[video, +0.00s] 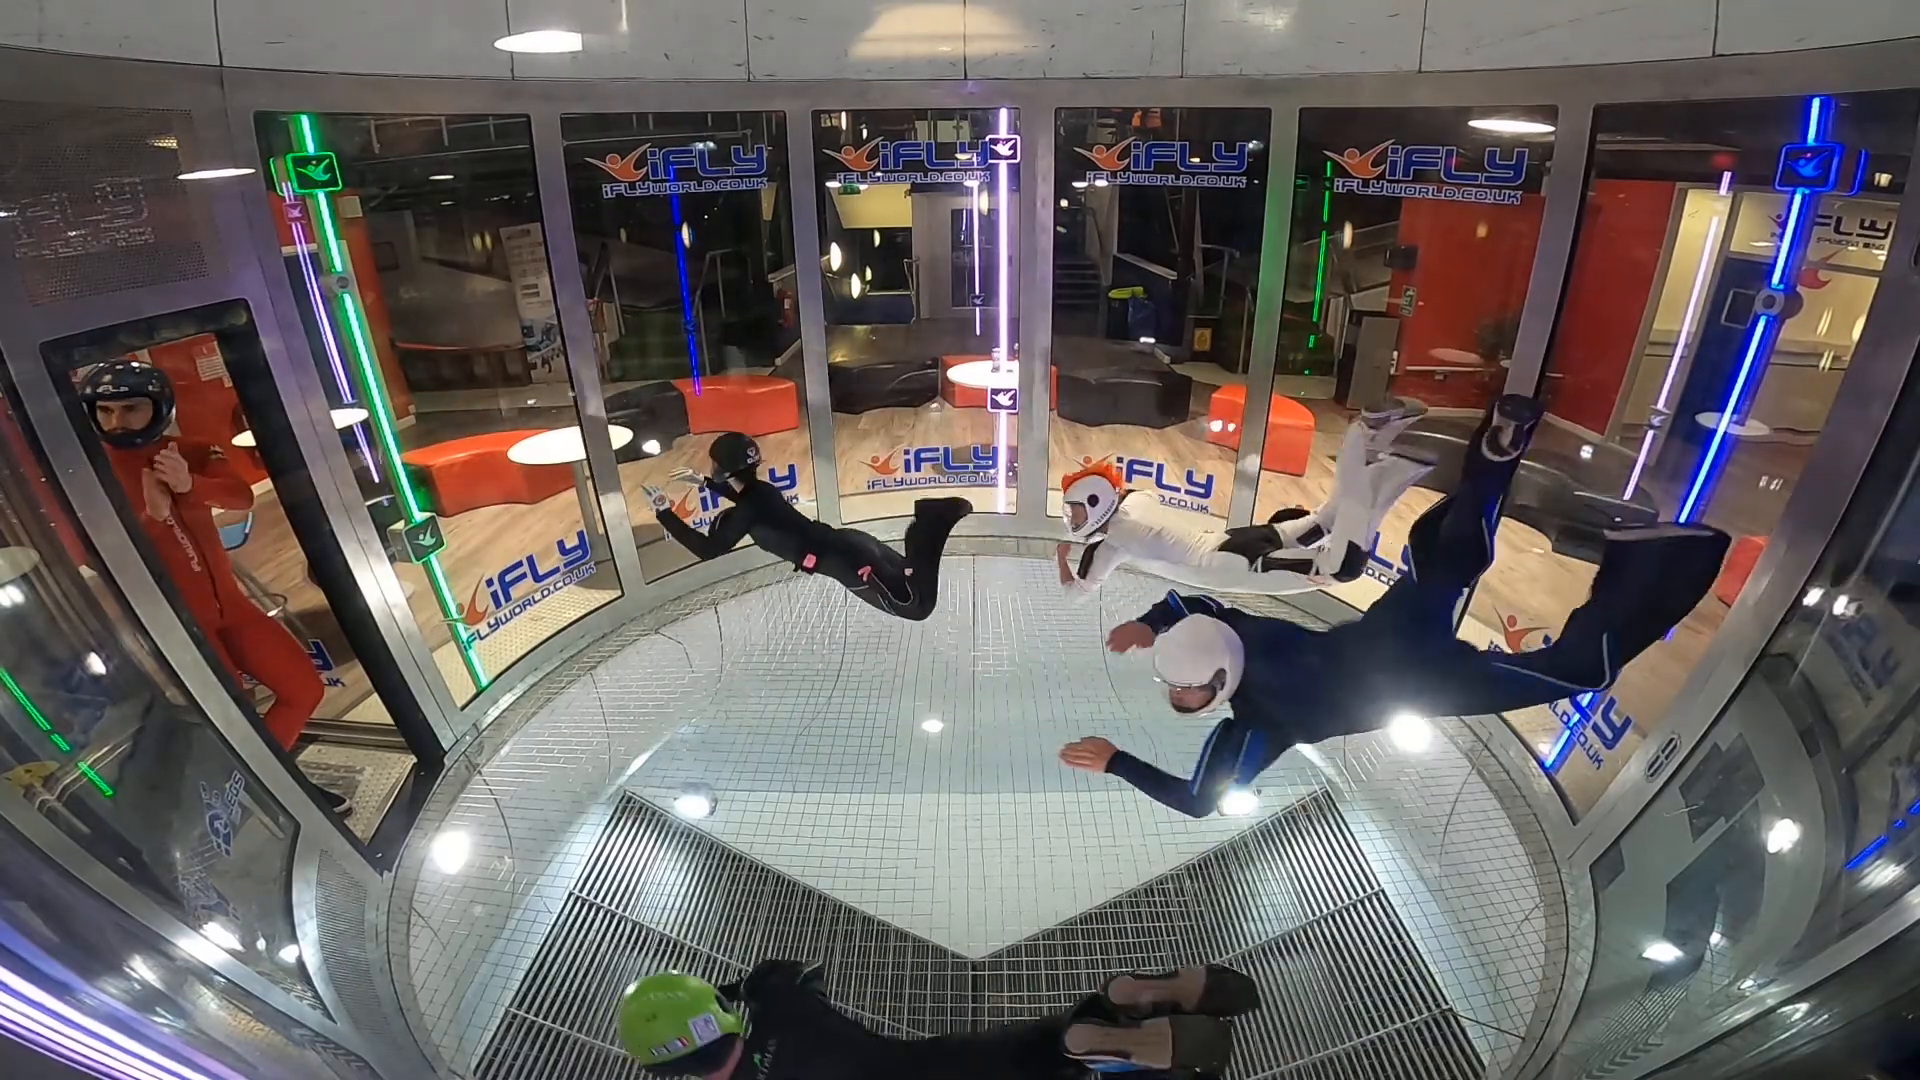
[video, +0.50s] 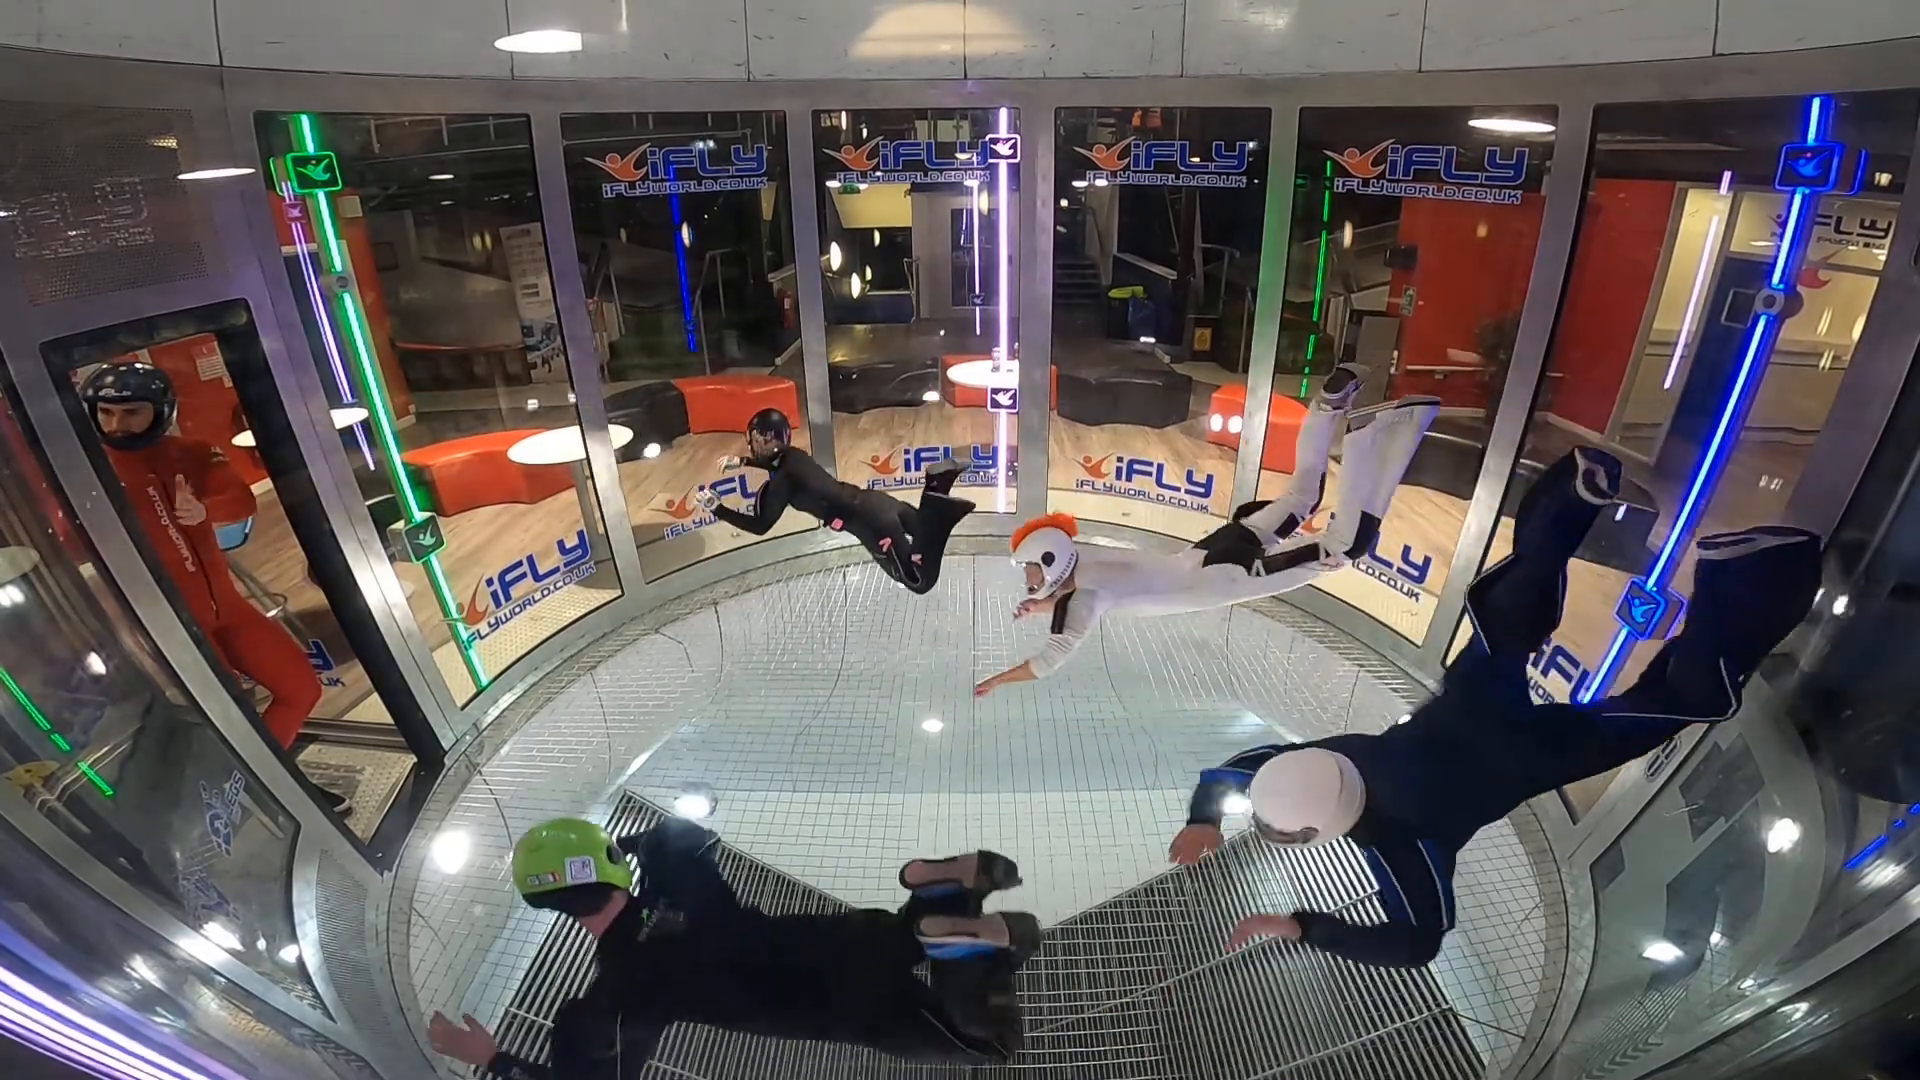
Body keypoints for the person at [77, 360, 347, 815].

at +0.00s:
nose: (118, 423)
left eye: (131, 409)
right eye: (104, 411)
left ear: (157, 410)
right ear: (90, 415)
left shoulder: (188, 452)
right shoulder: (92, 473)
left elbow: (242, 497)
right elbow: (96, 557)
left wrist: (191, 484)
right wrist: (150, 517)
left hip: (231, 606)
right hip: (182, 628)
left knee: (304, 688)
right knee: (240, 716)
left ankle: (243, 782)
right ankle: (293, 791)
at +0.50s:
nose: (117, 425)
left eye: (132, 412)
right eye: (106, 413)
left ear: (158, 412)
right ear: (92, 414)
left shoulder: (186, 455)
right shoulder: (90, 470)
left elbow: (242, 500)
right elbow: (71, 542)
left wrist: (204, 509)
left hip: (224, 607)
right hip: (172, 630)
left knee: (301, 687)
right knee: (237, 712)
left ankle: (245, 781)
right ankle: (293, 791)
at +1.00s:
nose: (130, 423)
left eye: (138, 407)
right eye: (113, 415)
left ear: (154, 402)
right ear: (96, 421)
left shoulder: (197, 455)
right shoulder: (94, 477)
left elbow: (252, 514)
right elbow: (99, 566)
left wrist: (233, 568)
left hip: (224, 602)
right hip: (170, 622)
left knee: (303, 689)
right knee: (233, 714)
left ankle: (243, 780)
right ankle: (294, 791)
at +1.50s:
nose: (126, 423)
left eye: (131, 407)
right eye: (108, 416)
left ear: (148, 402)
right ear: (92, 424)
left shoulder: (200, 456)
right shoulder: (95, 479)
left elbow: (249, 519)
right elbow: (101, 564)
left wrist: (240, 574)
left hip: (230, 603)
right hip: (177, 621)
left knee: (305, 689)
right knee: (237, 712)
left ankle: (242, 781)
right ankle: (295, 792)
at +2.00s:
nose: (127, 423)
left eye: (133, 407)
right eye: (110, 416)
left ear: (150, 403)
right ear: (93, 424)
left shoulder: (199, 455)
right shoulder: (95, 481)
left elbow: (248, 521)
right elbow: (103, 568)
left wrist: (242, 577)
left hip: (232, 603)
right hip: (178, 622)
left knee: (304, 688)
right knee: (235, 708)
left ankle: (246, 781)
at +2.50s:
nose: (120, 425)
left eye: (127, 409)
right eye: (104, 418)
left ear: (145, 404)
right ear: (88, 425)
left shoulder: (198, 455)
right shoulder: (93, 482)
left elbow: (247, 521)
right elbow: (104, 575)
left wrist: (243, 577)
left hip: (234, 604)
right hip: (180, 624)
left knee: (305, 688)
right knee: (237, 717)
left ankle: (240, 784)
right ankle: (294, 794)